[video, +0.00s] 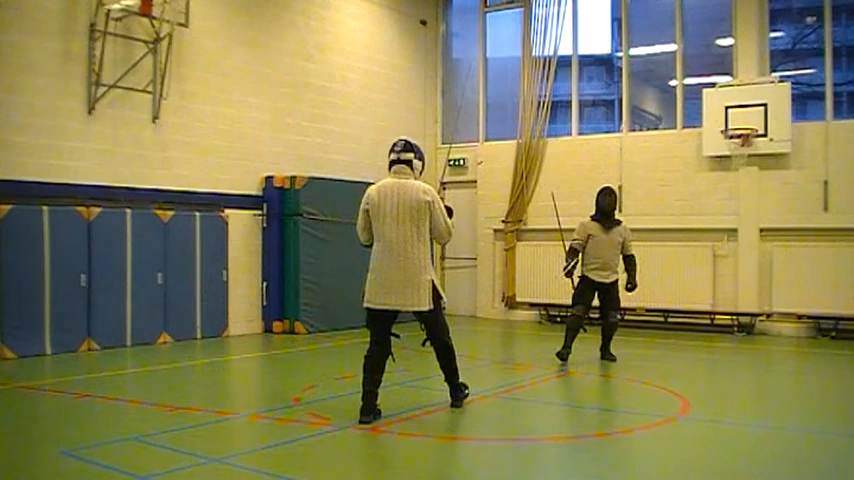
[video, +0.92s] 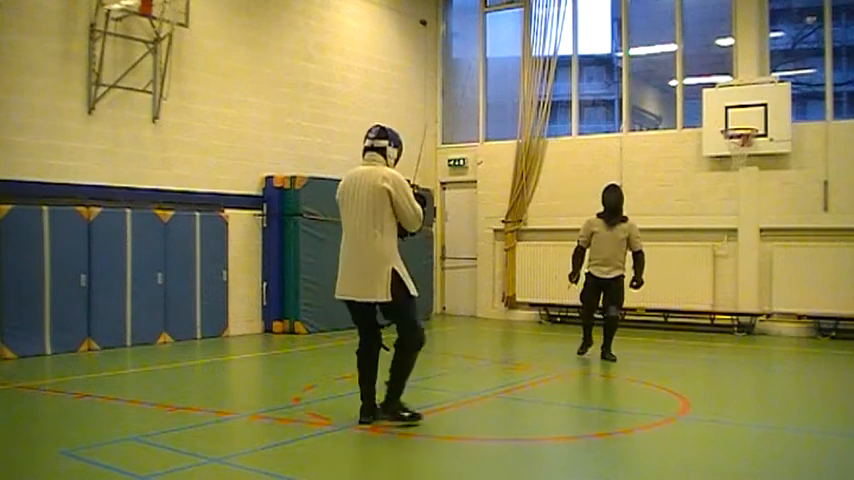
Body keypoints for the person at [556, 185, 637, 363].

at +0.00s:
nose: (609, 202)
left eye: (612, 198)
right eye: (605, 198)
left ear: (616, 203)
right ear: (597, 201)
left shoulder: (622, 230)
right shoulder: (586, 226)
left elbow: (628, 255)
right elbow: (575, 247)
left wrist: (631, 277)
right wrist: (570, 263)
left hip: (610, 281)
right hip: (588, 278)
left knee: (612, 318)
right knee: (578, 312)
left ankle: (605, 349)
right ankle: (566, 347)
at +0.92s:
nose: (612, 204)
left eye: (615, 199)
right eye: (609, 199)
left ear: (620, 202)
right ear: (603, 202)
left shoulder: (628, 227)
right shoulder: (592, 224)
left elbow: (638, 252)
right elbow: (580, 248)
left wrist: (638, 275)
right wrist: (575, 270)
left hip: (615, 278)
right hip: (593, 276)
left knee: (612, 314)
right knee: (587, 308)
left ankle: (606, 348)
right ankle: (587, 339)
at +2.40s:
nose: (570, 215)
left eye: (573, 212)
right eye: (568, 212)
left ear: (579, 213)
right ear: (566, 213)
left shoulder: (585, 234)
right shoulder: (563, 230)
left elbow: (595, 257)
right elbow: (555, 248)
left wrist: (580, 272)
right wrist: (546, 261)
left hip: (574, 279)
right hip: (561, 279)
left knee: (575, 313)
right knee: (566, 312)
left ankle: (580, 346)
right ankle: (573, 341)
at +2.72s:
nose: (569, 214)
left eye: (573, 210)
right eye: (567, 210)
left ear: (579, 211)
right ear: (564, 211)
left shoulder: (585, 232)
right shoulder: (559, 231)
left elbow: (586, 254)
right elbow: (546, 251)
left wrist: (560, 250)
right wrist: (543, 240)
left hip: (575, 275)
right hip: (561, 276)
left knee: (570, 307)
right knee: (568, 310)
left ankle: (576, 343)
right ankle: (576, 341)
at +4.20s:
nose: (525, 227)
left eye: (529, 223)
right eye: (524, 223)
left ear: (538, 223)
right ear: (522, 223)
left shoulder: (546, 245)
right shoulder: (521, 240)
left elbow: (541, 271)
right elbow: (508, 260)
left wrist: (515, 267)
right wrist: (519, 245)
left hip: (541, 285)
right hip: (526, 286)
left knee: (533, 308)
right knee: (527, 315)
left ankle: (534, 347)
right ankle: (538, 338)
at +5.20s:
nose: (511, 221)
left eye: (514, 217)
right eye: (509, 217)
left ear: (523, 217)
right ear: (508, 217)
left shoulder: (533, 239)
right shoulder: (506, 234)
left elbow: (528, 265)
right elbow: (492, 253)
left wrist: (502, 258)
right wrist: (506, 241)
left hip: (527, 283)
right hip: (510, 283)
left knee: (525, 314)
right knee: (502, 311)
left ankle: (533, 349)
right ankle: (507, 334)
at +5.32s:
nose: (507, 223)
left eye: (511, 219)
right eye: (505, 219)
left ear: (520, 219)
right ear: (504, 220)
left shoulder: (529, 241)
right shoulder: (501, 237)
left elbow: (526, 267)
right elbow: (487, 255)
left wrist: (500, 260)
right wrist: (502, 242)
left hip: (522, 285)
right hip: (505, 285)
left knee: (523, 316)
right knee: (497, 316)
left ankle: (532, 350)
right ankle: (495, 341)